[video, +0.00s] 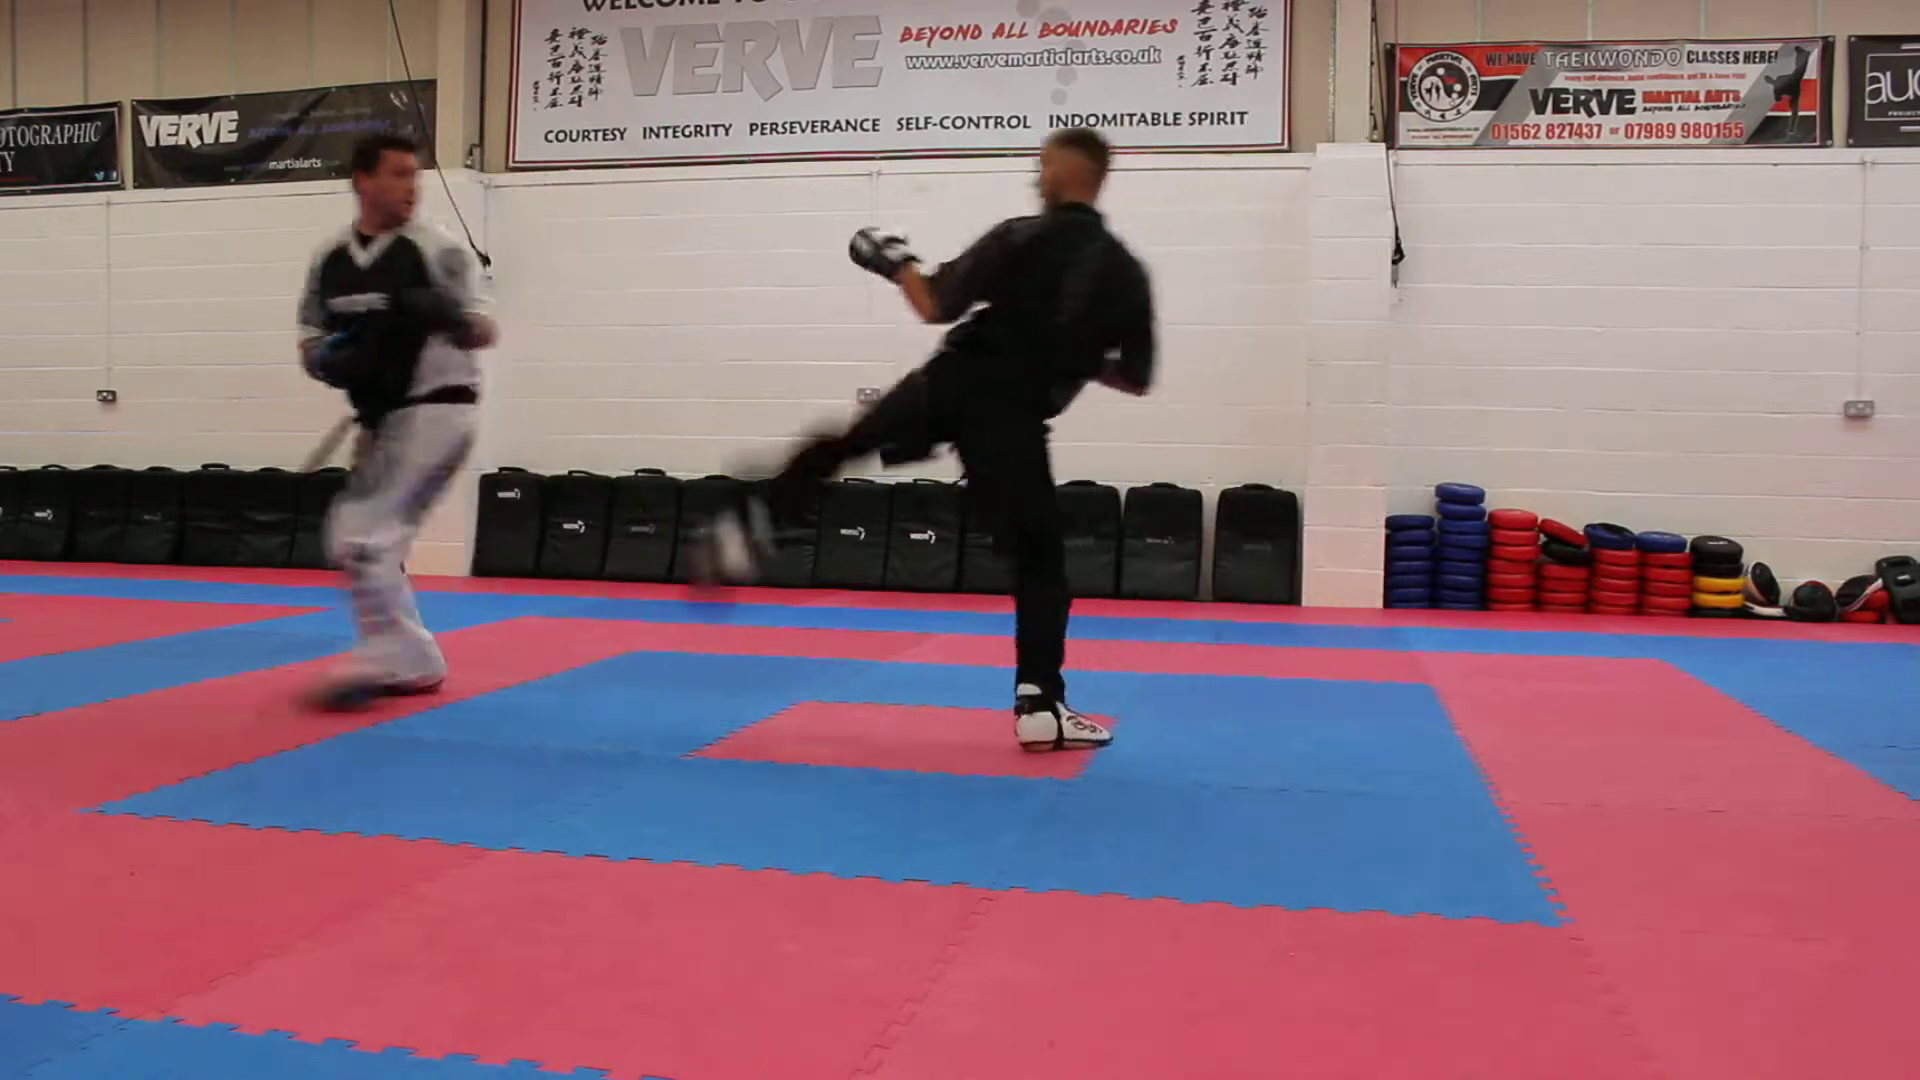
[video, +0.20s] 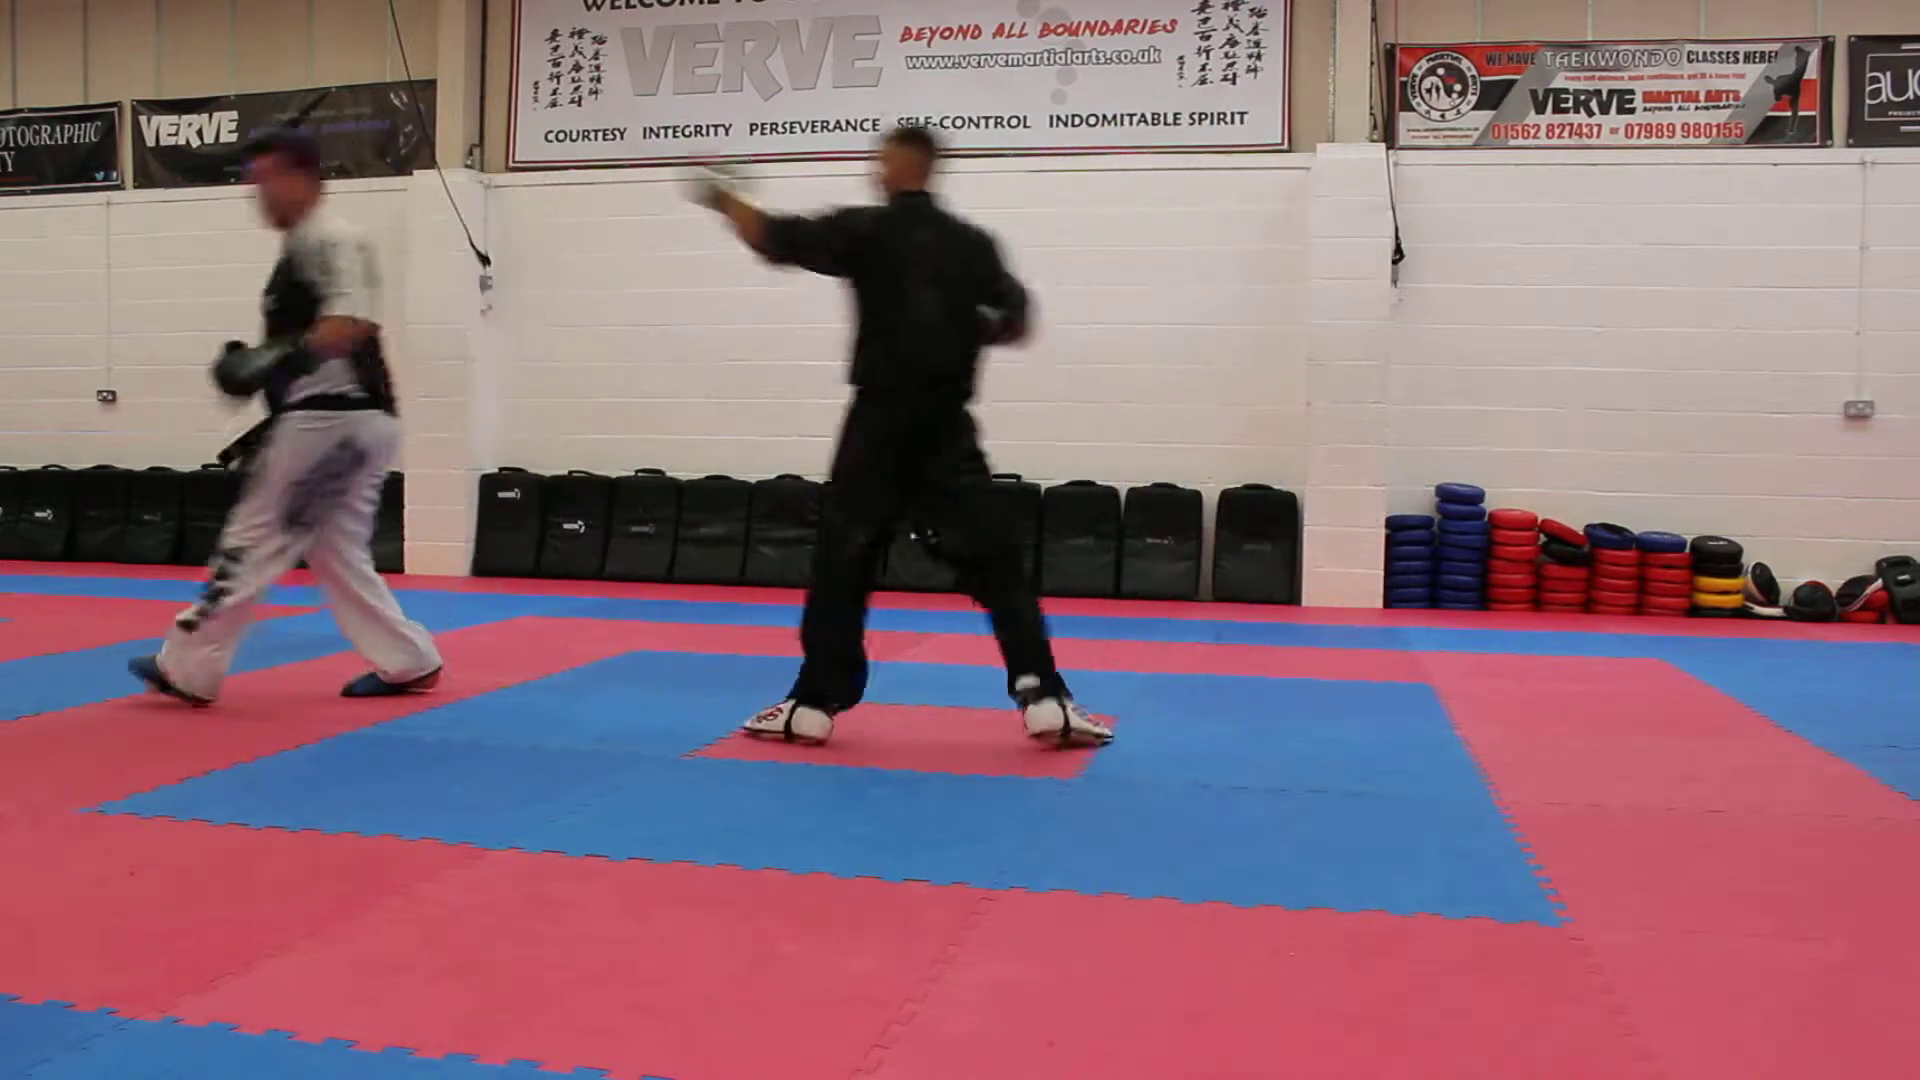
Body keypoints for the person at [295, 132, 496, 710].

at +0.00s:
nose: (411, 188)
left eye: (414, 176)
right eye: (399, 176)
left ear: (419, 180)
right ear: (362, 182)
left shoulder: (439, 250)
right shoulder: (331, 264)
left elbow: (483, 330)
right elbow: (312, 346)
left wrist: (435, 311)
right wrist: (338, 357)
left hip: (440, 411)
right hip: (380, 416)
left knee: (365, 529)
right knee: (360, 537)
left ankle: (400, 653)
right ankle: (400, 659)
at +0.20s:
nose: (256, 194)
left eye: (265, 179)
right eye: (254, 181)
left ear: (302, 178)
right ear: (285, 184)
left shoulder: (331, 240)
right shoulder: (307, 245)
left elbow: (347, 327)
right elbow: (307, 335)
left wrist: (265, 362)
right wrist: (259, 367)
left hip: (329, 420)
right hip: (365, 422)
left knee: (250, 541)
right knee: (338, 552)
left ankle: (190, 666)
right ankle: (408, 660)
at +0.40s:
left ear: (154, 209)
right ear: (213, 201)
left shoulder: (150, 272)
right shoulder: (262, 255)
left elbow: (146, 368)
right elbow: (308, 333)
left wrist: (134, 434)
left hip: (243, 422)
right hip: (315, 420)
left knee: (182, 544)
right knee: (286, 537)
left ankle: (181, 676)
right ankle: (358, 626)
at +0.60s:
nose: (131, 204)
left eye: (126, 195)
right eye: (126, 195)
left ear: (58, 211)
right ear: (112, 198)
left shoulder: (40, 280)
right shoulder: (168, 244)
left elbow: (17, 365)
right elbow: (248, 303)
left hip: (178, 412)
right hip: (246, 381)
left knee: (161, 541)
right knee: (326, 433)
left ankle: (176, 677)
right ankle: (412, 447)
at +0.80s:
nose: (70, 150)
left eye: (66, 140)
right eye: (64, 140)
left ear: (5, 150)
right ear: (42, 141)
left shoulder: (3, 208)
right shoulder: (91, 177)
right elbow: (186, 231)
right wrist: (140, 290)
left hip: (111, 363)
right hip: (176, 318)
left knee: (119, 496)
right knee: (298, 349)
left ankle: (145, 621)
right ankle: (334, 295)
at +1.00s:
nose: (9, 177)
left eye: (7, 171)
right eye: (7, 171)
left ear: (8, 175)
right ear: (8, 174)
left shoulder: (27, 219)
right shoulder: (32, 217)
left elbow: (115, 251)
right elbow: (116, 252)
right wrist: (97, 327)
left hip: (39, 399)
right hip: (105, 367)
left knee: (61, 538)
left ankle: (87, 662)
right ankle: (241, 419)